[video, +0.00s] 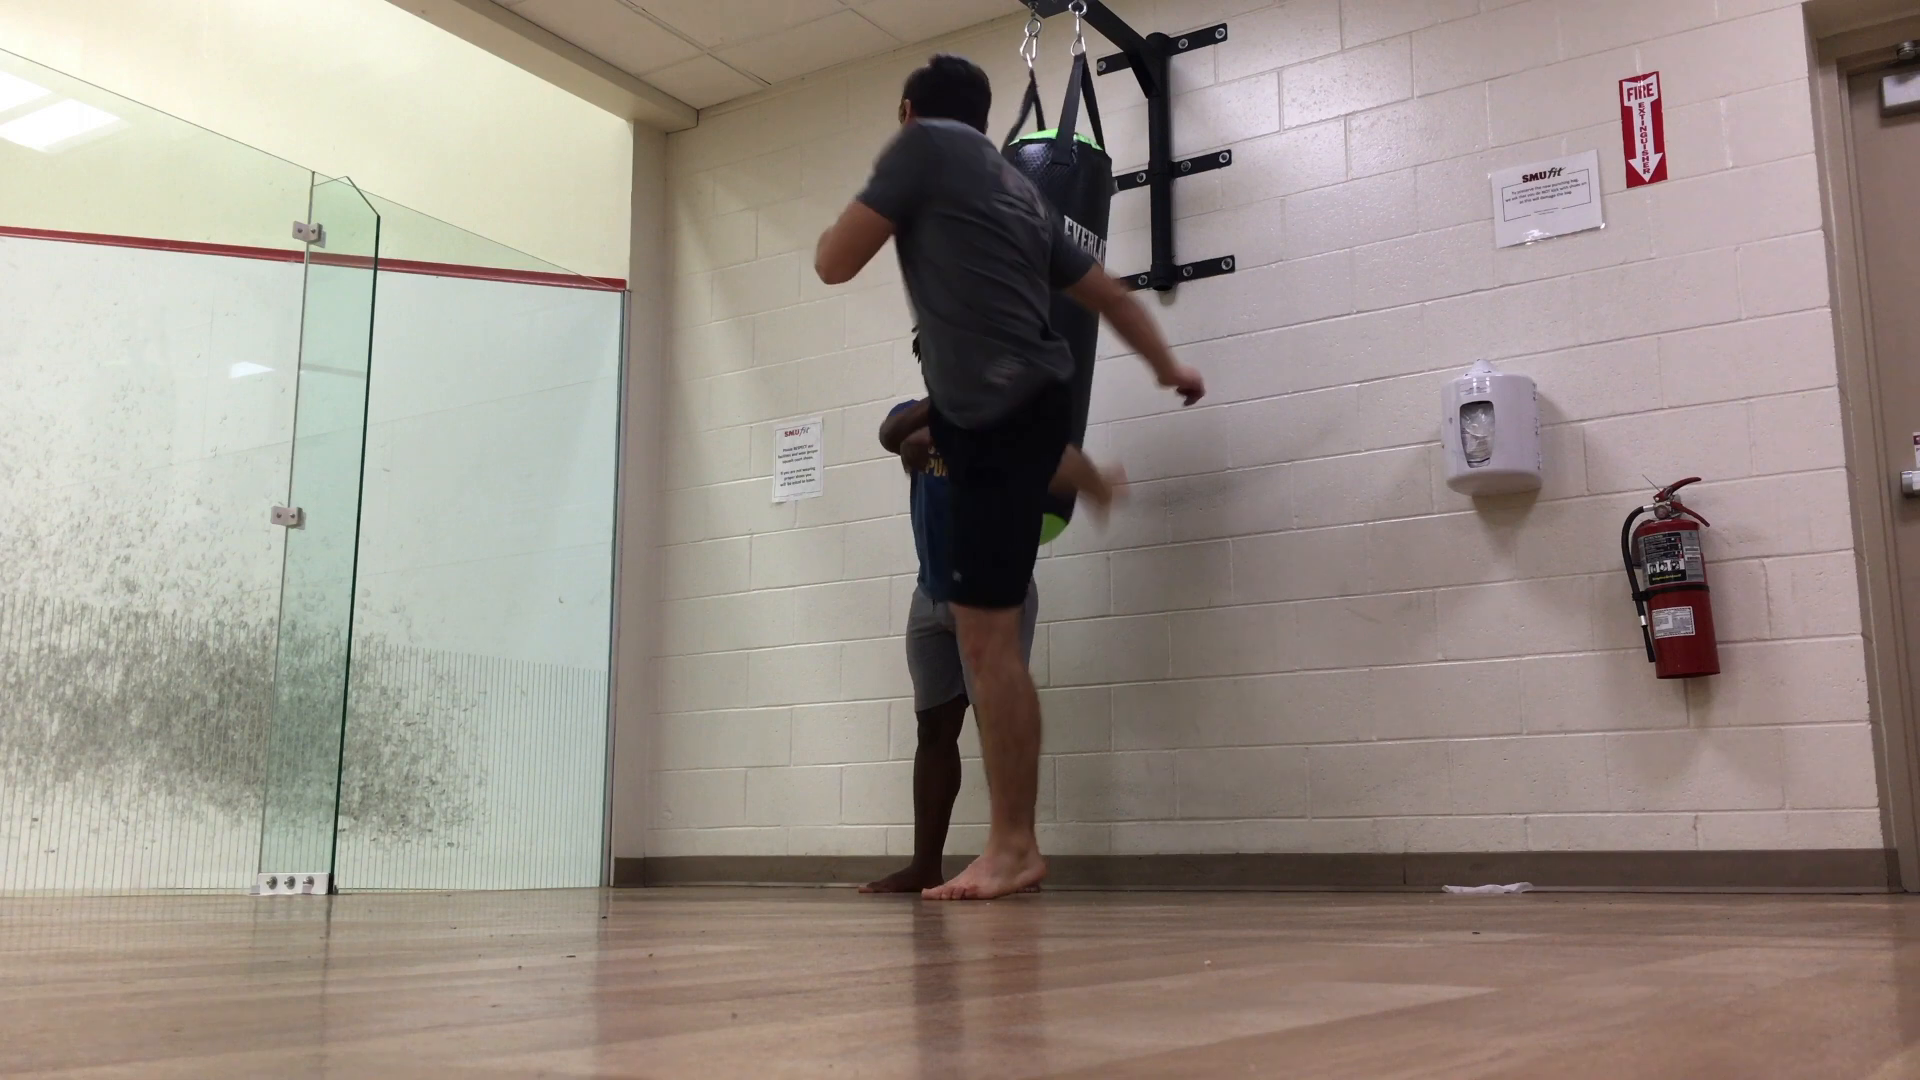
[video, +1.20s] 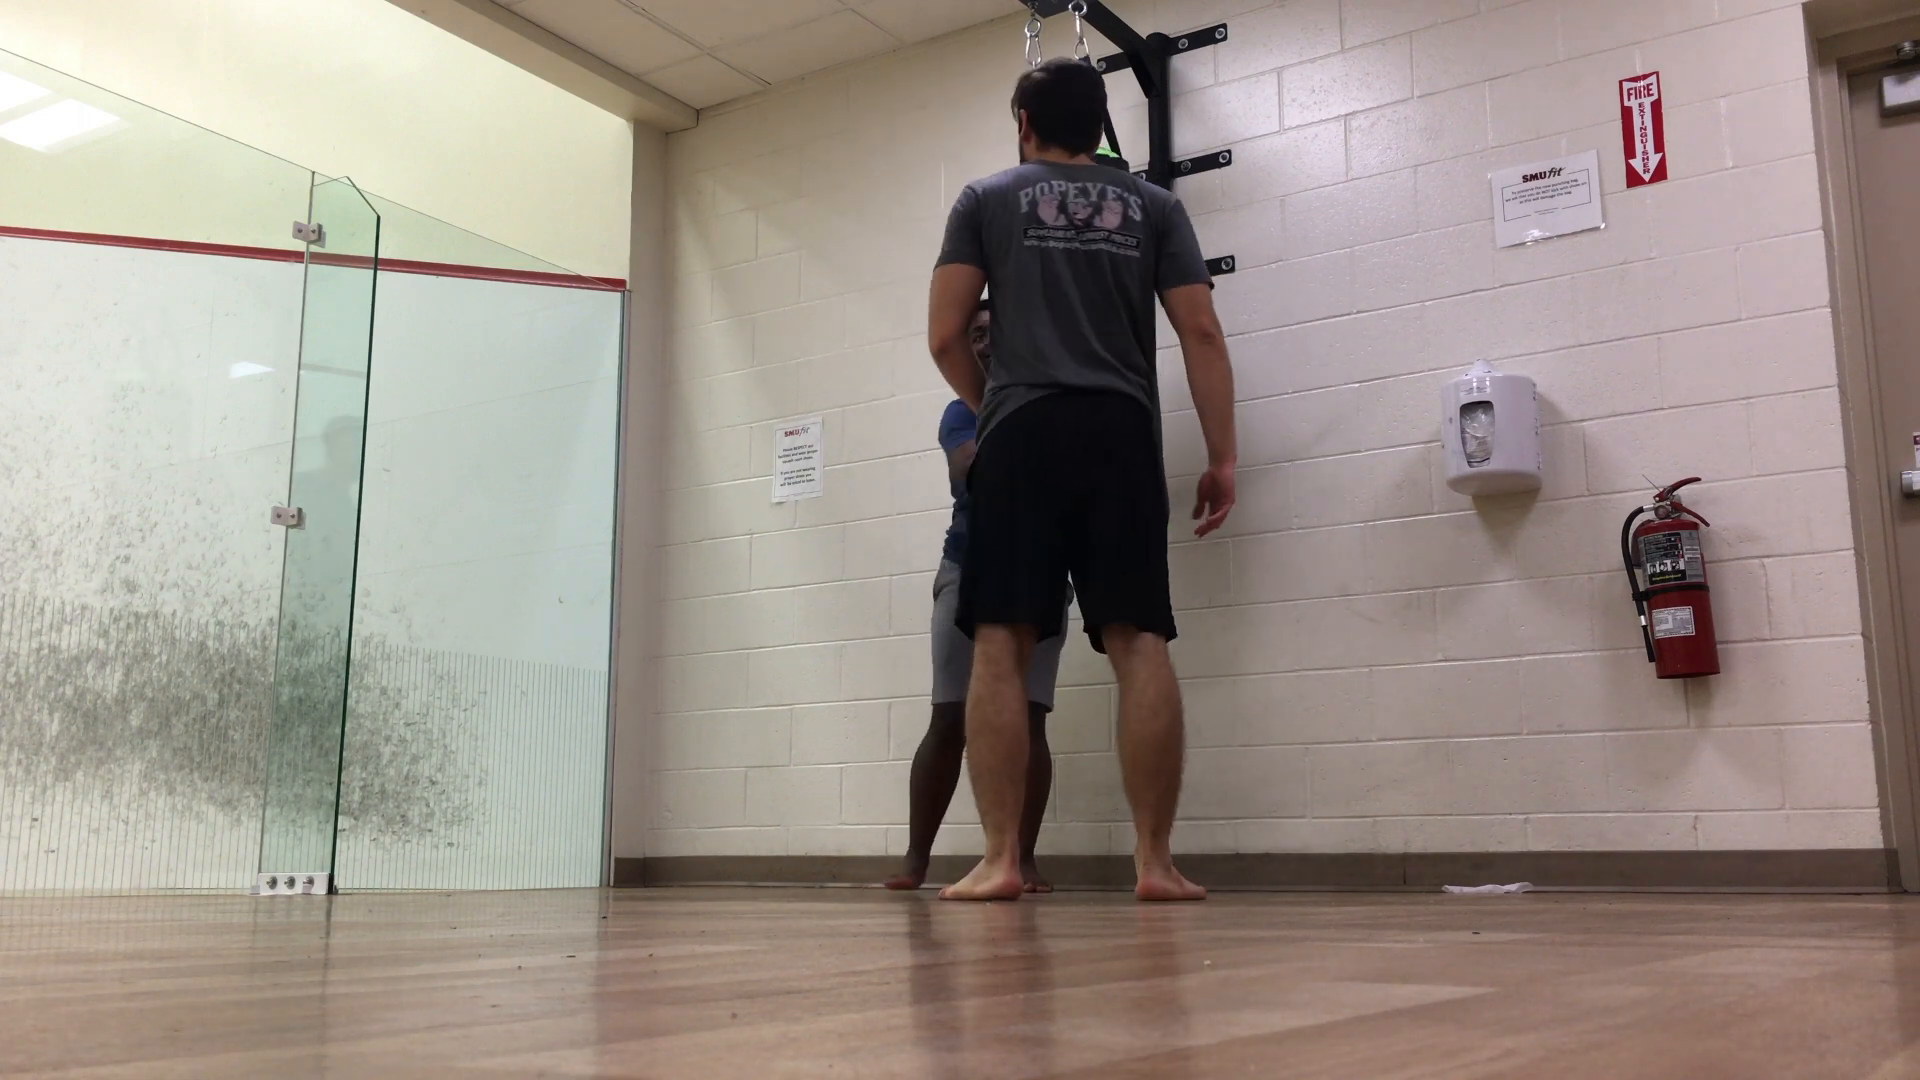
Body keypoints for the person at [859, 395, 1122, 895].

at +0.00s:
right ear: (948, 371)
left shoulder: (1022, 434)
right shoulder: (928, 416)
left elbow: (1061, 505)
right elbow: (891, 434)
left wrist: (945, 451)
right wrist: (945, 399)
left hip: (1000, 604)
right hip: (934, 594)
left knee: (1000, 726)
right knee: (934, 730)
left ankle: (1012, 851)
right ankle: (926, 862)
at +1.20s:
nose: (986, 345)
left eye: (994, 333)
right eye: (978, 336)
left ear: (1014, 338)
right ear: (964, 347)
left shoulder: (1045, 408)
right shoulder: (961, 414)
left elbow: (1066, 479)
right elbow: (972, 475)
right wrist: (1008, 414)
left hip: (1038, 577)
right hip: (968, 574)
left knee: (1028, 720)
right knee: (950, 720)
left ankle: (1020, 857)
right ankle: (916, 858)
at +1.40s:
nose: (990, 338)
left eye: (998, 328)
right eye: (982, 331)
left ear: (1017, 338)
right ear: (969, 343)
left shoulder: (1049, 405)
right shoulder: (970, 409)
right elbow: (980, 485)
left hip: (1031, 579)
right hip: (970, 579)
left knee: (1016, 718)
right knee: (945, 720)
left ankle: (1022, 859)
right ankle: (919, 860)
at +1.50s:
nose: (954, 355)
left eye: (958, 343)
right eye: (947, 346)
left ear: (982, 341)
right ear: (944, 351)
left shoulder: (1030, 406)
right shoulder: (959, 410)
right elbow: (966, 488)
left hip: (1023, 589)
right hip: (966, 589)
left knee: (1015, 724)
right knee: (939, 728)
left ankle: (1022, 862)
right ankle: (918, 856)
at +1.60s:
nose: (981, 460)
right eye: (967, 446)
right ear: (950, 455)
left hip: (1022, 588)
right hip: (953, 594)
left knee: (1012, 724)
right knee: (937, 730)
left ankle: (1021, 860)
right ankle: (917, 862)